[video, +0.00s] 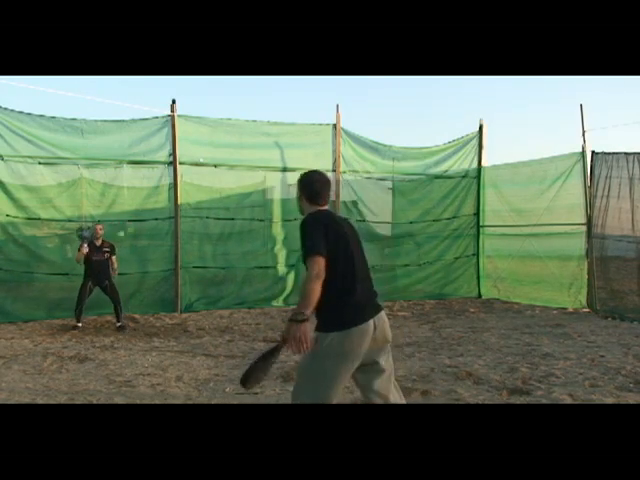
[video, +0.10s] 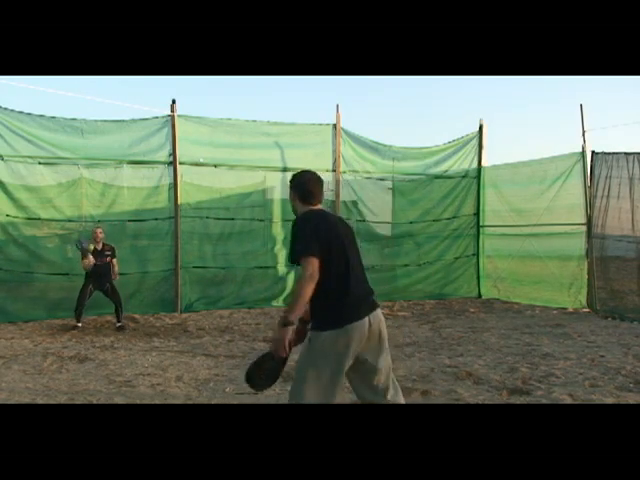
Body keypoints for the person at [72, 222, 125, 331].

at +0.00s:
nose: (98, 232)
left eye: (100, 230)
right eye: (96, 229)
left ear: (103, 231)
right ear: (93, 231)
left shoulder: (109, 246)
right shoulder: (86, 245)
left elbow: (113, 259)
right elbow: (78, 260)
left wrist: (114, 268)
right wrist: (82, 252)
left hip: (105, 277)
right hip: (90, 277)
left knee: (116, 298)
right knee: (81, 298)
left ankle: (119, 322)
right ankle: (78, 322)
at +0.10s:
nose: (98, 235)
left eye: (100, 233)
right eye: (96, 233)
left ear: (103, 235)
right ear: (93, 235)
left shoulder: (110, 249)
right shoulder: (87, 249)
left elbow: (114, 262)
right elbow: (85, 266)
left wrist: (115, 272)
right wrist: (89, 262)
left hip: (106, 280)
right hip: (91, 280)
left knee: (117, 300)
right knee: (81, 300)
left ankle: (119, 322)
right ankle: (78, 322)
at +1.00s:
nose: (102, 229)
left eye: (104, 227)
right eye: (99, 227)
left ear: (107, 229)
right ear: (96, 229)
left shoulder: (113, 243)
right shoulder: (90, 243)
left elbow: (118, 257)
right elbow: (79, 258)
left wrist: (117, 263)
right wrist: (86, 250)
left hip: (109, 275)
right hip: (94, 276)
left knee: (119, 297)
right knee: (87, 298)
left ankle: (120, 322)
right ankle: (84, 322)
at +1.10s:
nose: (102, 230)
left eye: (104, 228)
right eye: (100, 228)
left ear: (108, 230)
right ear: (97, 231)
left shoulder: (114, 244)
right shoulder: (92, 243)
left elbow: (119, 258)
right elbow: (84, 249)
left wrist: (119, 267)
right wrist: (87, 237)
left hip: (109, 275)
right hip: (95, 276)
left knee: (120, 297)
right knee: (88, 298)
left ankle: (121, 322)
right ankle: (84, 322)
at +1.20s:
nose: (102, 228)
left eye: (104, 226)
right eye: (99, 227)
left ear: (107, 229)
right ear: (97, 230)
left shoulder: (114, 244)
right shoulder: (92, 243)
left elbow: (119, 257)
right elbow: (89, 239)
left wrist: (120, 265)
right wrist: (93, 225)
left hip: (110, 275)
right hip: (96, 275)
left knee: (121, 298)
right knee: (88, 299)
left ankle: (121, 321)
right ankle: (84, 322)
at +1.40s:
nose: (106, 227)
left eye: (108, 225)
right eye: (103, 225)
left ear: (111, 227)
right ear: (99, 227)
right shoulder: (94, 240)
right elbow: (92, 241)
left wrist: (119, 258)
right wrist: (98, 226)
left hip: (110, 273)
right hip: (96, 273)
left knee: (119, 298)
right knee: (89, 298)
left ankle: (120, 321)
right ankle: (84, 322)